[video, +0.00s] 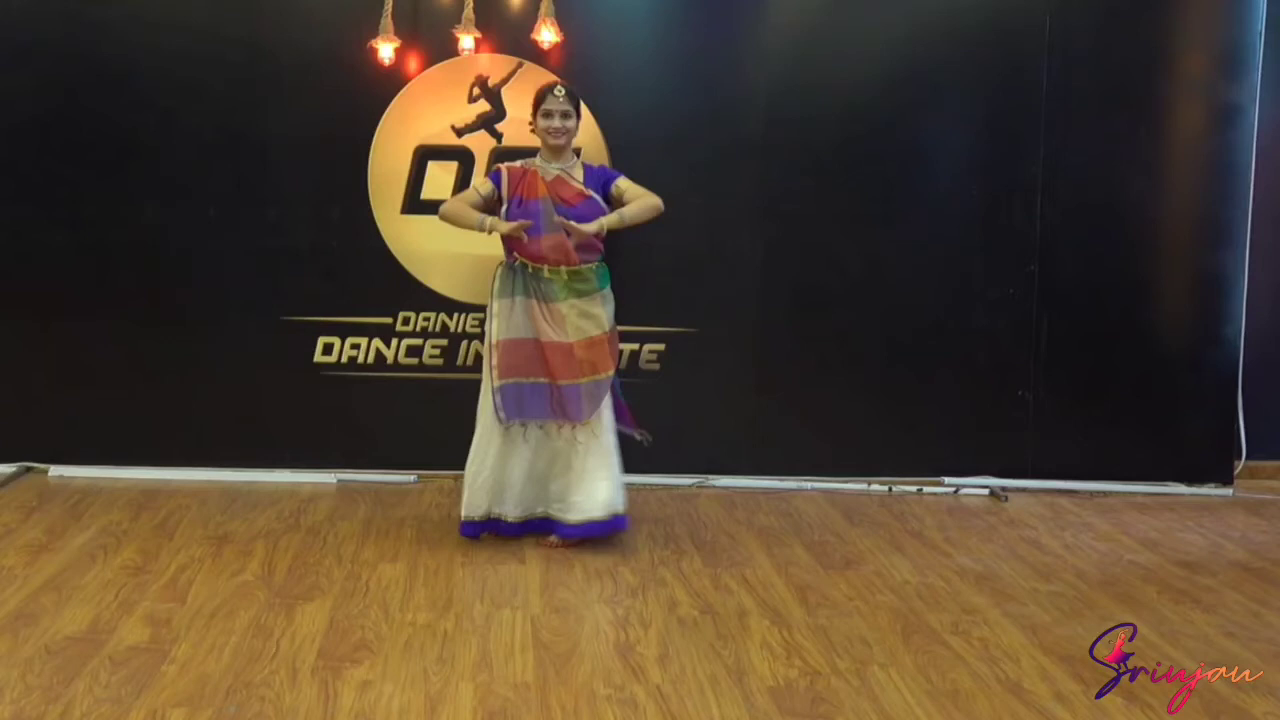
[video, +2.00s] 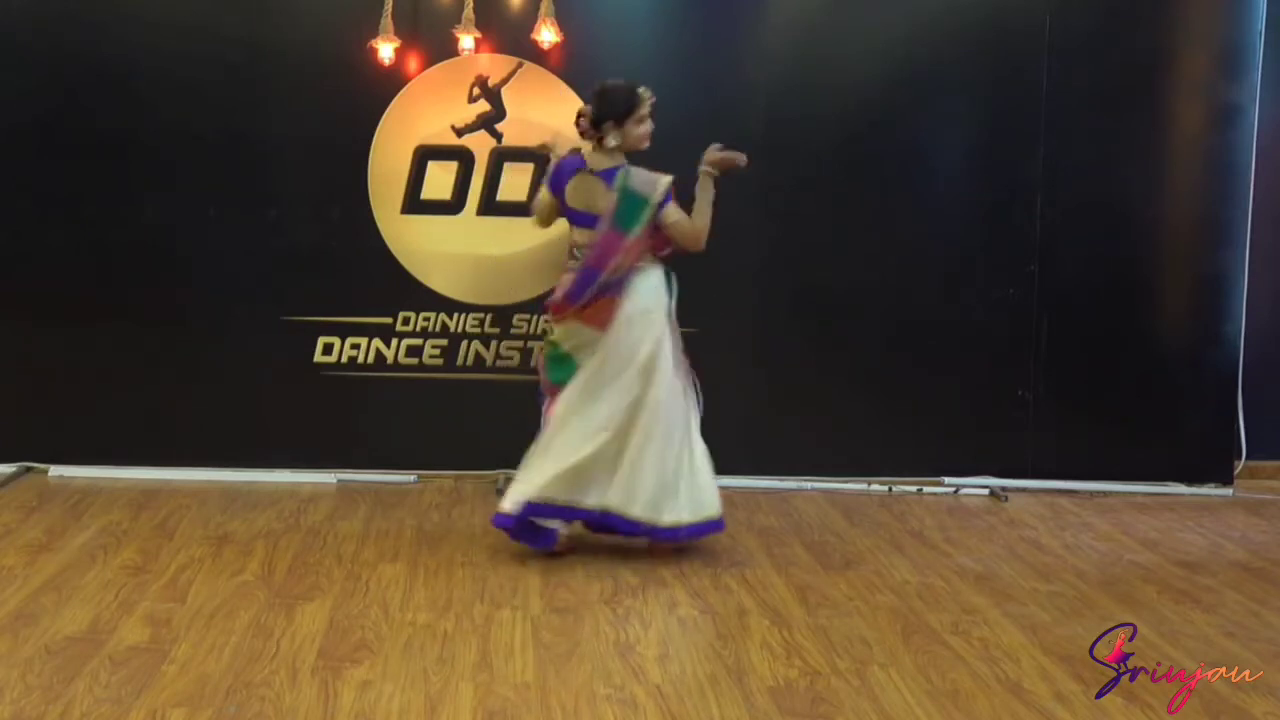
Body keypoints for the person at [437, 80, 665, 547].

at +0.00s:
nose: (558, 123)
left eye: (566, 115)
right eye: (549, 115)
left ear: (578, 123)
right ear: (535, 122)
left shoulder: (596, 176)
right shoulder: (512, 176)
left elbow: (652, 204)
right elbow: (451, 209)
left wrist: (600, 224)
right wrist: (496, 224)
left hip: (581, 304)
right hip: (522, 302)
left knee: (579, 404)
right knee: (519, 401)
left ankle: (574, 514)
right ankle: (515, 509)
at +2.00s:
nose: (650, 127)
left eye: (650, 117)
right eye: (644, 119)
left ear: (601, 126)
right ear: (617, 126)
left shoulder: (569, 174)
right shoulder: (647, 186)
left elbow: (541, 215)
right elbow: (695, 237)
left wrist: (557, 164)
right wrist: (708, 174)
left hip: (579, 299)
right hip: (635, 303)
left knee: (579, 403)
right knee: (654, 402)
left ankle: (547, 507)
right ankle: (665, 515)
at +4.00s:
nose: (608, 154)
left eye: (617, 144)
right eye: (603, 147)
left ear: (645, 145)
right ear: (600, 153)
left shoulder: (664, 210)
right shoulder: (596, 193)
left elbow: (685, 257)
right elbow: (533, 167)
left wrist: (613, 268)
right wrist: (573, 184)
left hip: (643, 338)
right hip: (589, 335)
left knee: (636, 439)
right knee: (568, 431)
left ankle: (651, 534)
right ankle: (568, 539)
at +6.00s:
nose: (625, 126)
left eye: (627, 115)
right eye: (612, 119)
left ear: (632, 119)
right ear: (582, 129)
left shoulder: (645, 182)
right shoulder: (569, 182)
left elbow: (719, 204)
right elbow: (563, 228)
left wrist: (706, 166)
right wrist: (597, 176)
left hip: (634, 319)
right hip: (580, 318)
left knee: (630, 433)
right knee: (582, 433)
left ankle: (617, 558)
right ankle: (577, 558)